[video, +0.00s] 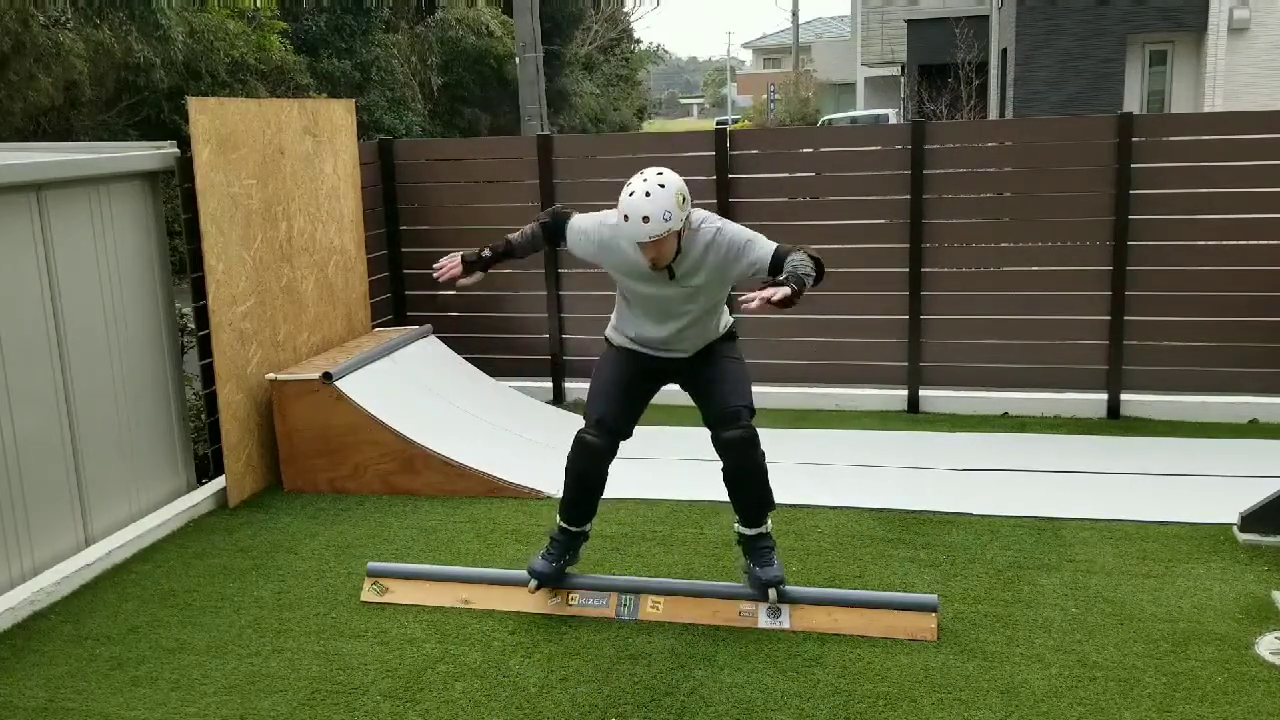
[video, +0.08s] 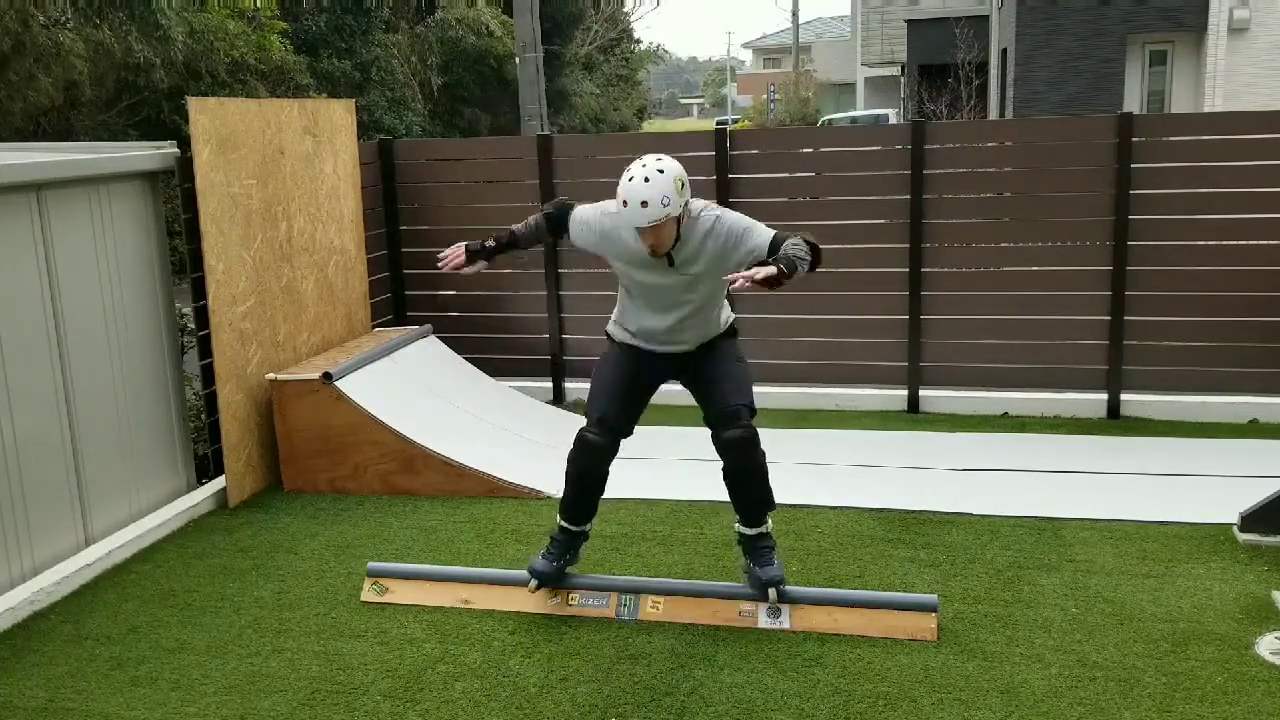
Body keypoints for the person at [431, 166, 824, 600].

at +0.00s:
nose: (651, 254)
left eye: (659, 241)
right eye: (641, 243)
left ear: (683, 225)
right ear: (629, 228)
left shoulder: (721, 239)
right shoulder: (607, 235)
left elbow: (802, 261)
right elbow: (551, 228)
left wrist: (788, 286)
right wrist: (479, 261)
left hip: (709, 345)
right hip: (632, 344)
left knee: (737, 435)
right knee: (595, 440)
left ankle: (760, 549)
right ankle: (566, 541)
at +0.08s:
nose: (646, 238)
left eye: (654, 227)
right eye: (638, 228)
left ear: (681, 213)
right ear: (628, 214)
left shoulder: (719, 227)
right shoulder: (609, 225)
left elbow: (798, 248)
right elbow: (556, 219)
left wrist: (780, 269)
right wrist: (488, 249)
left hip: (709, 341)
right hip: (634, 342)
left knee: (738, 434)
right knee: (596, 439)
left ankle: (760, 548)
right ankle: (565, 542)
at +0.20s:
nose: (636, 159)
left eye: (645, 147)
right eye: (626, 149)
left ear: (669, 129)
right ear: (615, 135)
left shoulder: (710, 139)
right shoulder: (608, 151)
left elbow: (784, 159)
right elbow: (565, 152)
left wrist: (710, 166)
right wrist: (514, 196)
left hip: (715, 305)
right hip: (642, 304)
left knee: (738, 422)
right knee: (604, 416)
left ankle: (761, 539)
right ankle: (576, 533)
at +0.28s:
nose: (636, 145)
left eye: (643, 132)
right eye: (625, 136)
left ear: (666, 112)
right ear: (613, 123)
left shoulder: (704, 123)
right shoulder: (607, 138)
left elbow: (778, 141)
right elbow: (570, 142)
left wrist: (702, 146)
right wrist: (531, 195)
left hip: (714, 291)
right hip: (645, 293)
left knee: (731, 414)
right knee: (618, 407)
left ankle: (758, 527)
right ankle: (600, 523)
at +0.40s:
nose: (626, 151)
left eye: (633, 139)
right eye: (619, 142)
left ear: (659, 125)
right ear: (613, 135)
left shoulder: (699, 142)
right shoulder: (614, 157)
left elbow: (772, 166)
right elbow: (583, 190)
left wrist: (702, 168)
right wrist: (555, 234)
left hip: (712, 307)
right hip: (648, 310)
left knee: (722, 431)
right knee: (635, 419)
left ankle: (755, 531)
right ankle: (659, 519)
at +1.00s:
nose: (619, 162)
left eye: (627, 150)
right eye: (613, 153)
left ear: (655, 140)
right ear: (608, 147)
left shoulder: (705, 170)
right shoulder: (617, 180)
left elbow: (753, 231)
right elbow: (647, 237)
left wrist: (712, 291)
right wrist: (650, 292)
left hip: (715, 321)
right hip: (649, 319)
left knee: (727, 430)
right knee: (622, 416)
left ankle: (745, 524)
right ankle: (641, 507)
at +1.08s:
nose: (612, 169)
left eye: (621, 158)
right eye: (606, 160)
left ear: (647, 148)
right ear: (600, 153)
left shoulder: (696, 174)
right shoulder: (608, 183)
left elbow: (748, 232)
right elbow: (631, 238)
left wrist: (704, 291)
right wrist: (622, 282)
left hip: (712, 318)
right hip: (646, 317)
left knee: (724, 429)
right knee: (619, 417)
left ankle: (744, 526)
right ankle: (618, 517)